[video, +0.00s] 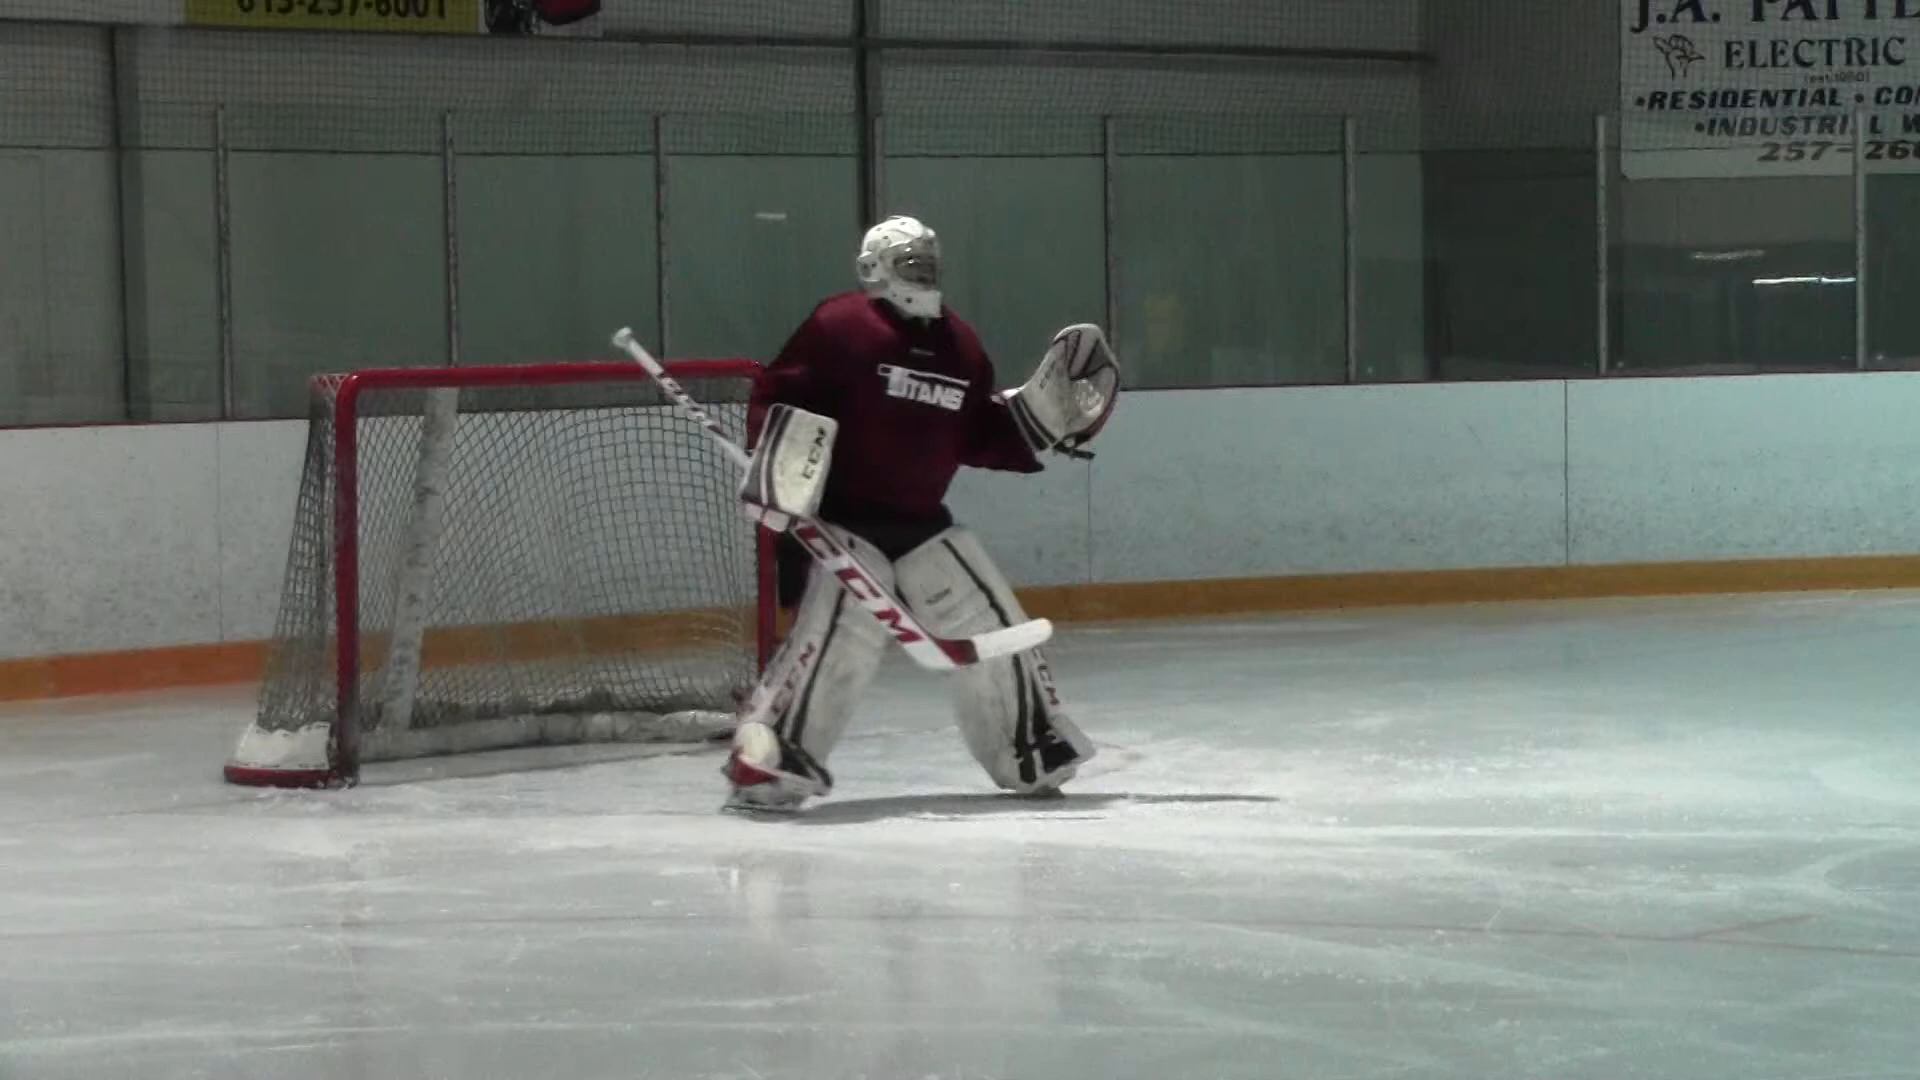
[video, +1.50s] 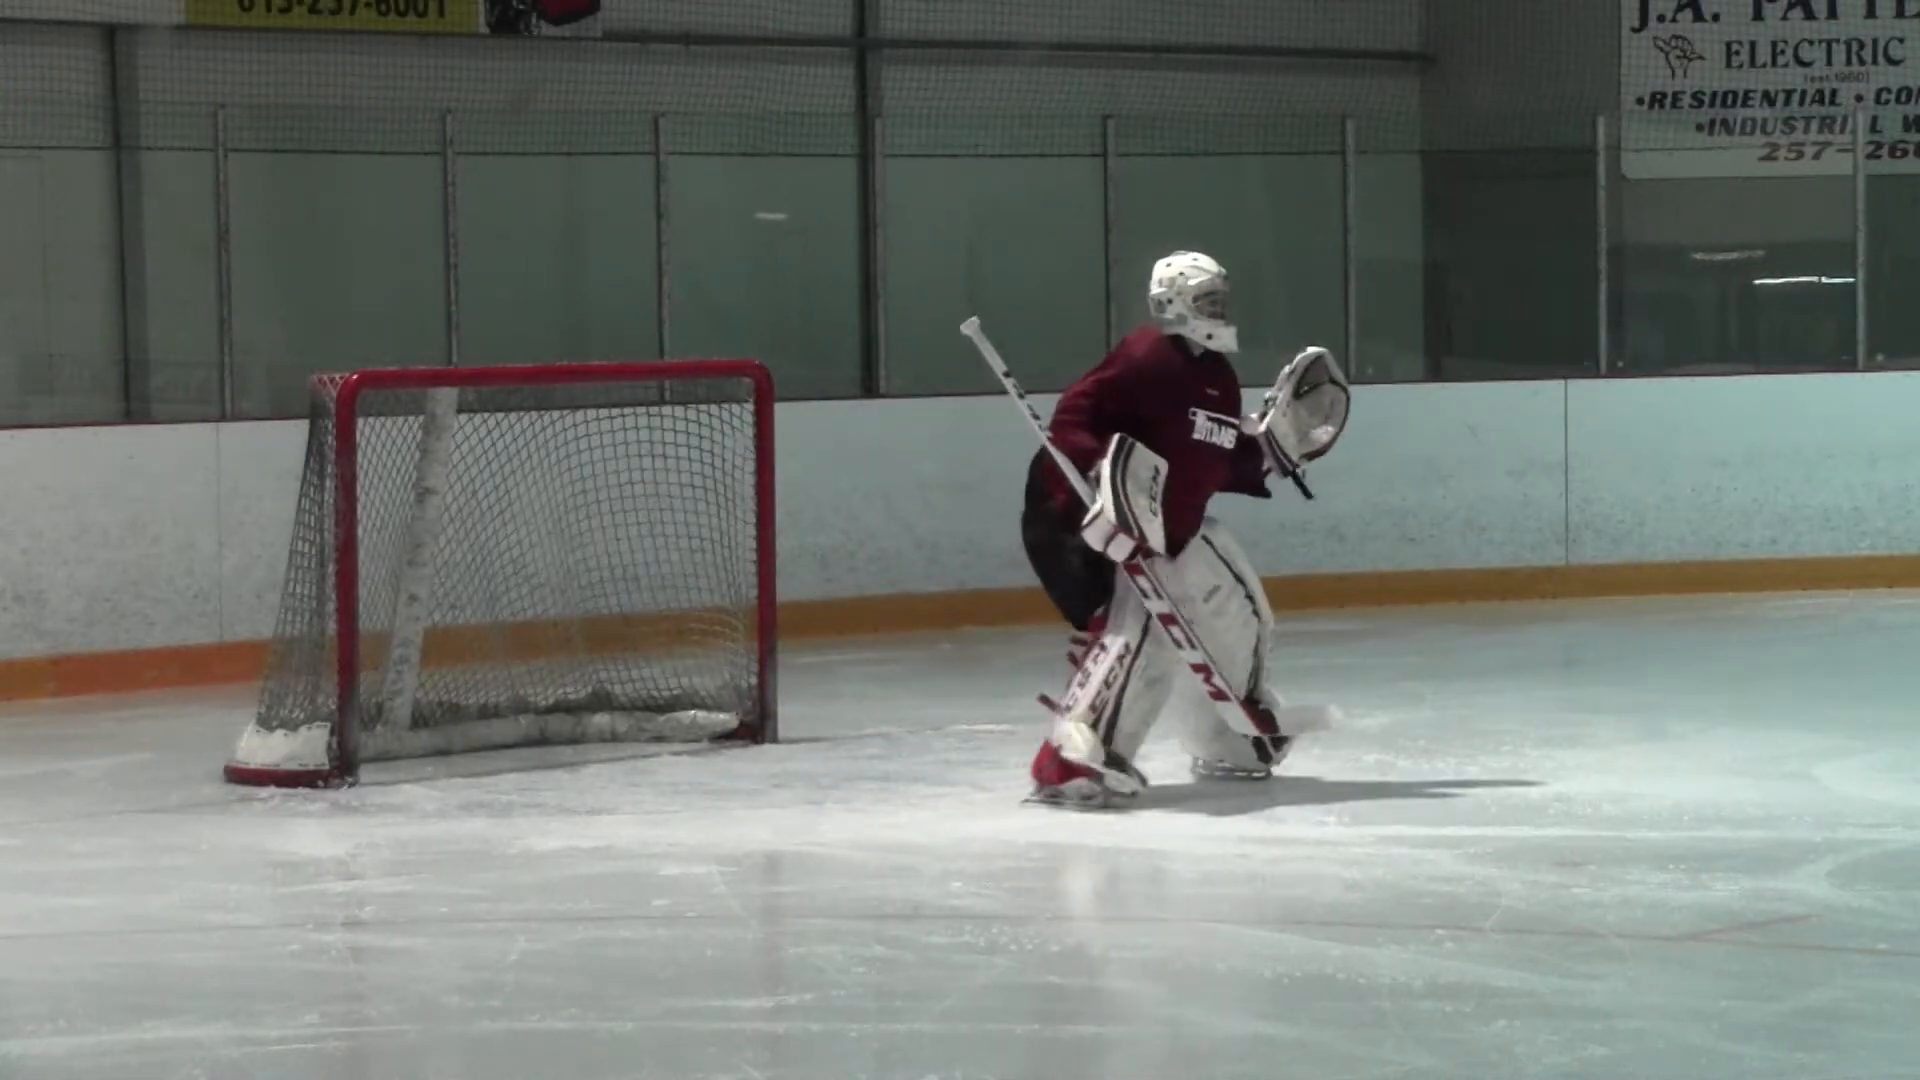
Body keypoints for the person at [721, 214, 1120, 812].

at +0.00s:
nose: (924, 282)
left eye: (930, 270)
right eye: (909, 270)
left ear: (937, 270)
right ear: (876, 274)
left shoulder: (960, 345)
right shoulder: (841, 326)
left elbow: (972, 436)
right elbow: (779, 398)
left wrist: (1045, 415)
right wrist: (776, 471)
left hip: (922, 525)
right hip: (841, 521)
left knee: (994, 627)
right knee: (842, 639)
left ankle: (1030, 760)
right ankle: (774, 769)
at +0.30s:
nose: (968, 268)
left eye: (974, 256)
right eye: (954, 257)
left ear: (982, 258)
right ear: (920, 261)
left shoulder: (996, 337)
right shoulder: (884, 318)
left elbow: (1001, 432)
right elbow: (816, 397)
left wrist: (1066, 405)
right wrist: (833, 456)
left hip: (954, 521)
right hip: (874, 515)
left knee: (1032, 618)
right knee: (913, 622)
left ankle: (1067, 753)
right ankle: (846, 765)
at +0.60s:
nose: (1036, 273)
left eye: (1040, 260)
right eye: (1022, 262)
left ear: (1046, 261)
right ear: (987, 268)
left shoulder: (1060, 340)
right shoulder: (951, 324)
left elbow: (1064, 431)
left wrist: (1131, 411)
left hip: (1029, 520)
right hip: (957, 519)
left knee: (1088, 625)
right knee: (984, 642)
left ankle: (1115, 760)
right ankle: (912, 772)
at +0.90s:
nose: (1135, 290)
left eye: (1140, 278)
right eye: (1121, 280)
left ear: (1146, 280)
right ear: (1086, 284)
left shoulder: (1154, 358)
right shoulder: (1053, 337)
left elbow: (1156, 445)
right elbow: (980, 421)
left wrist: (1222, 426)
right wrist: (1019, 477)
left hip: (1122, 543)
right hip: (1048, 543)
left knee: (1195, 628)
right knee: (1037, 658)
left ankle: (1232, 751)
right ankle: (943, 772)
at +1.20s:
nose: (1184, 298)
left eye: (1188, 288)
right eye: (1170, 288)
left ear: (1194, 291)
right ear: (1135, 293)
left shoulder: (1190, 367)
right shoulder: (1103, 344)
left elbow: (1183, 456)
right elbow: (1027, 420)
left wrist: (1250, 442)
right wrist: (1077, 474)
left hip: (1133, 523)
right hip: (1049, 517)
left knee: (1199, 610)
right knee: (1108, 627)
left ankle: (1237, 736)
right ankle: (1043, 758)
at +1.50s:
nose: (1220, 309)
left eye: (1221, 299)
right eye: (1206, 301)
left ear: (1221, 302)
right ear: (1172, 308)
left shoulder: (1218, 376)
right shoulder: (1147, 358)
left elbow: (1204, 462)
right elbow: (1068, 420)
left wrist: (1274, 447)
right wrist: (1115, 480)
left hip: (1165, 530)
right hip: (1086, 525)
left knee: (1230, 610)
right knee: (1140, 632)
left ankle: (1231, 741)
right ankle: (1078, 757)